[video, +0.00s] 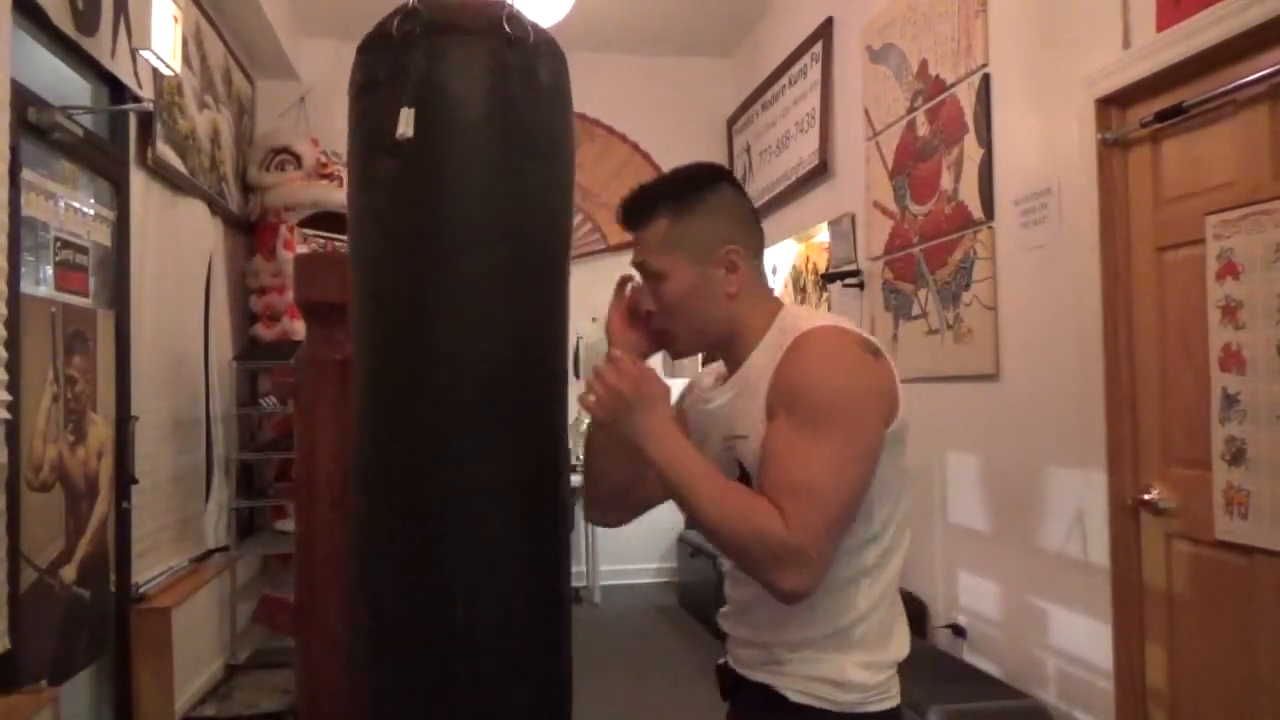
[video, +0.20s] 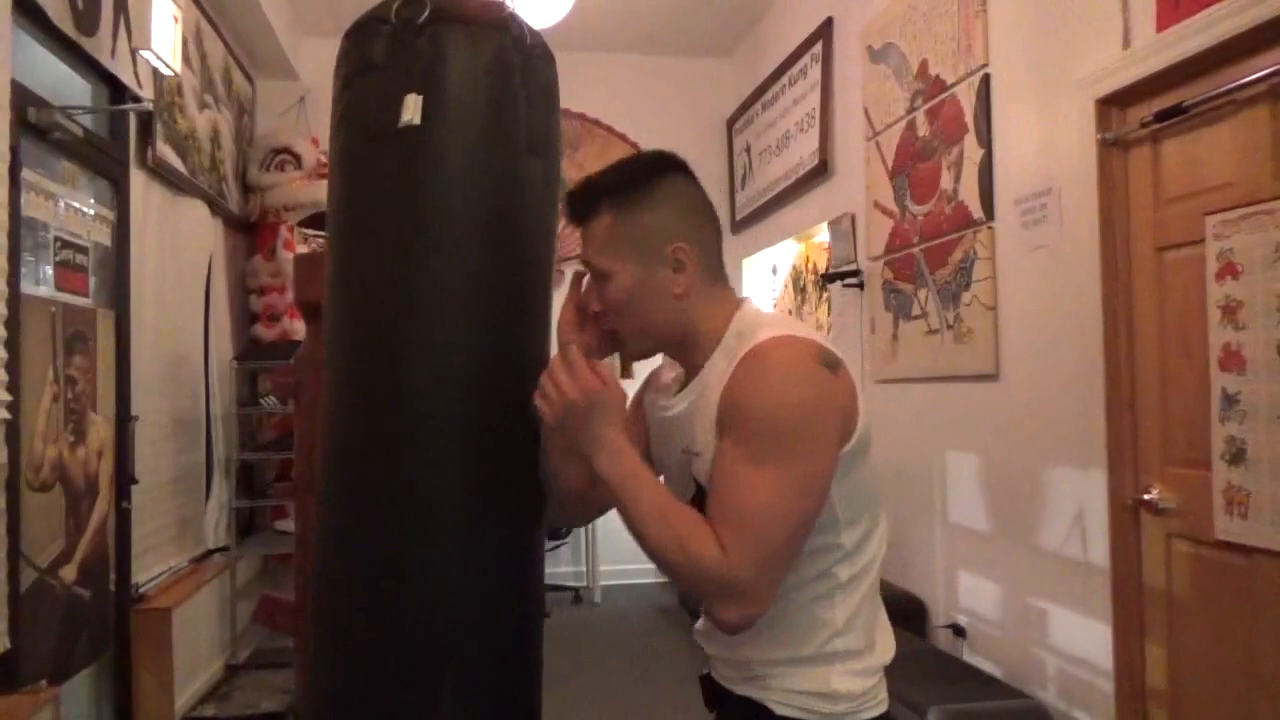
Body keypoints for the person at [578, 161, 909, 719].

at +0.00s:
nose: (644, 301)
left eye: (656, 278)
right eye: (641, 280)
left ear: (730, 270)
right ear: (729, 276)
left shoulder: (832, 363)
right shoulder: (713, 386)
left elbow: (793, 564)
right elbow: (609, 504)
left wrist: (654, 430)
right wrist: (625, 363)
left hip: (826, 698)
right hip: (751, 683)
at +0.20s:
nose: (589, 299)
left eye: (601, 276)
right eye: (588, 277)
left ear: (678, 269)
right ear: (678, 272)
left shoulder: (787, 374)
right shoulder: (666, 387)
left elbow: (734, 596)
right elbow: (572, 503)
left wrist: (607, 446)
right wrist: (573, 361)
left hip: (811, 703)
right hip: (732, 687)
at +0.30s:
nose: (570, 328)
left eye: (581, 307)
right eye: (567, 307)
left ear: (658, 295)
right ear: (658, 297)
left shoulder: (762, 396)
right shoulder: (659, 408)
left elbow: (712, 623)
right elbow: (566, 536)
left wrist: (582, 465)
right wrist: (557, 394)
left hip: (821, 707)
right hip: (740, 697)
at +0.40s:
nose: (566, 379)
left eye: (574, 353)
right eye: (566, 356)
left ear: (645, 342)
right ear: (646, 344)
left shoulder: (746, 428)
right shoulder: (678, 439)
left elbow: (702, 657)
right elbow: (588, 591)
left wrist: (576, 502)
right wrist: (562, 496)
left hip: (843, 708)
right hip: (759, 703)